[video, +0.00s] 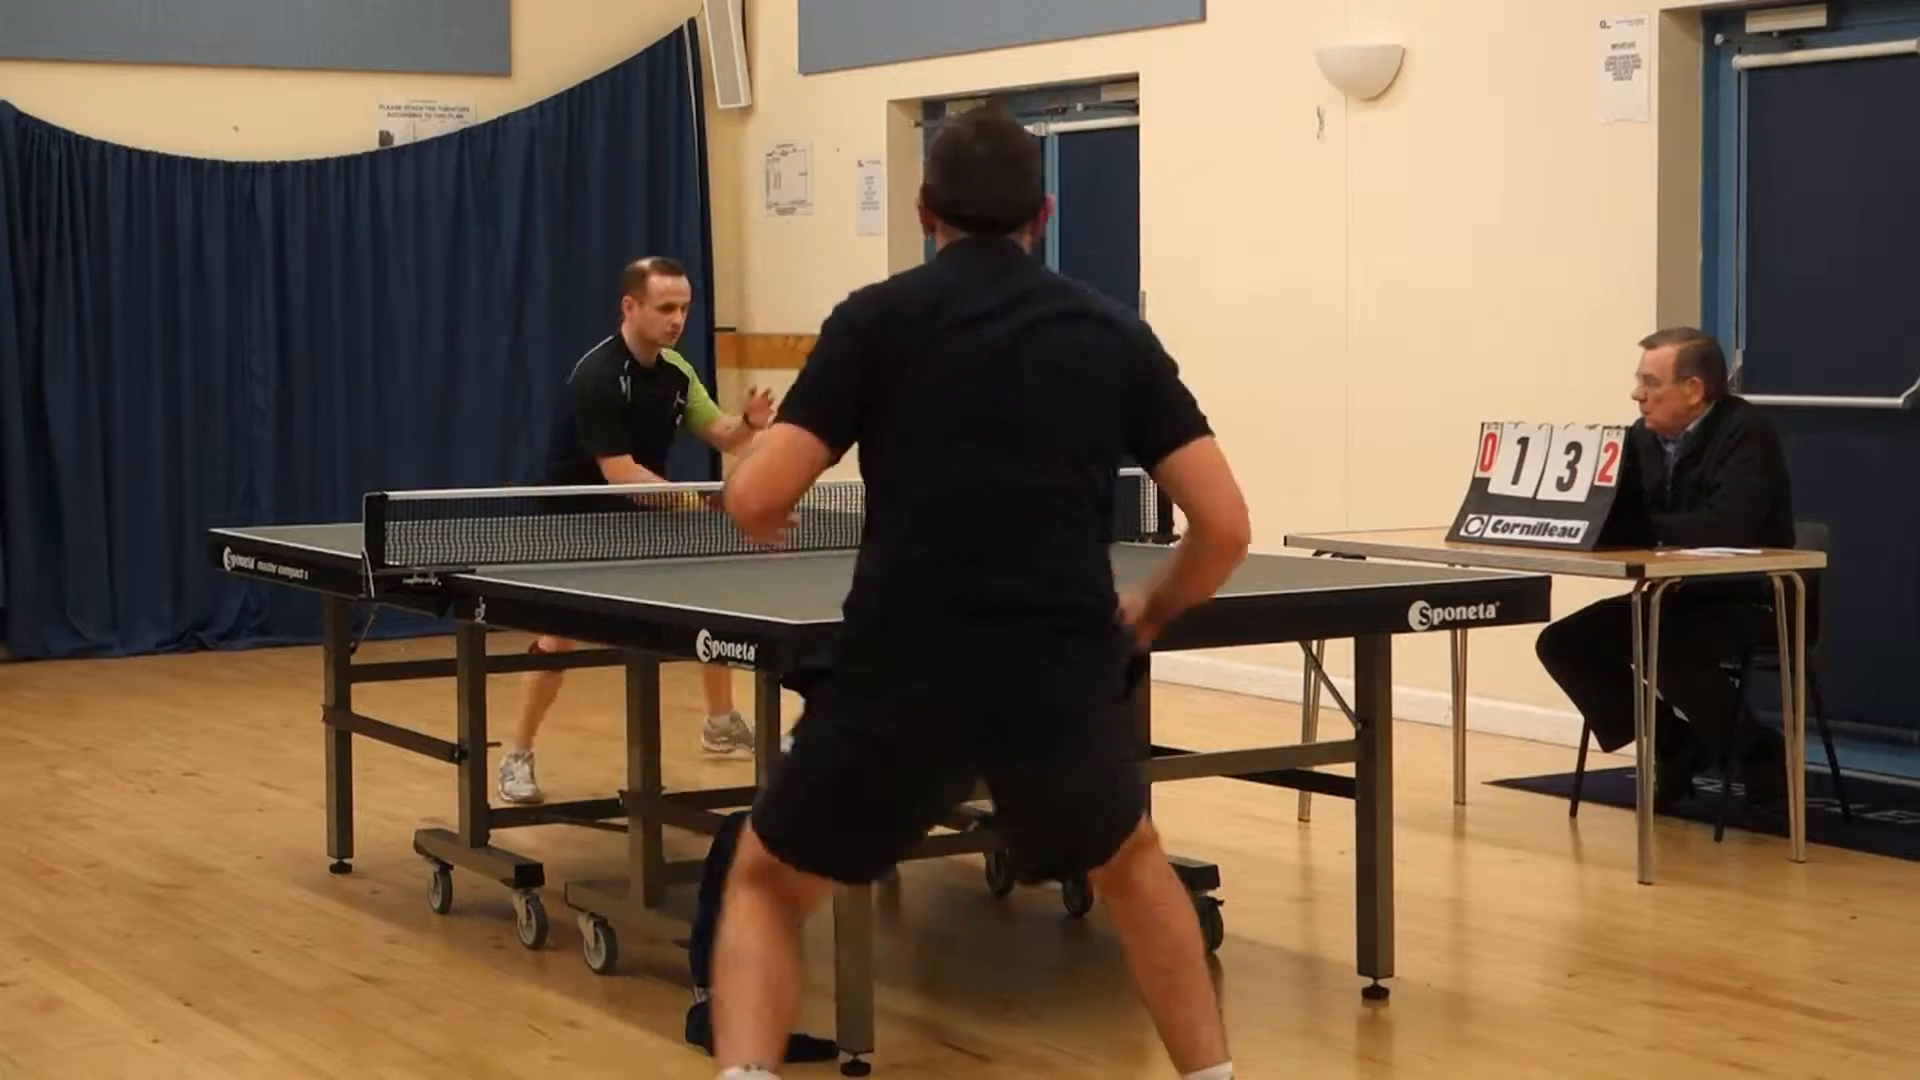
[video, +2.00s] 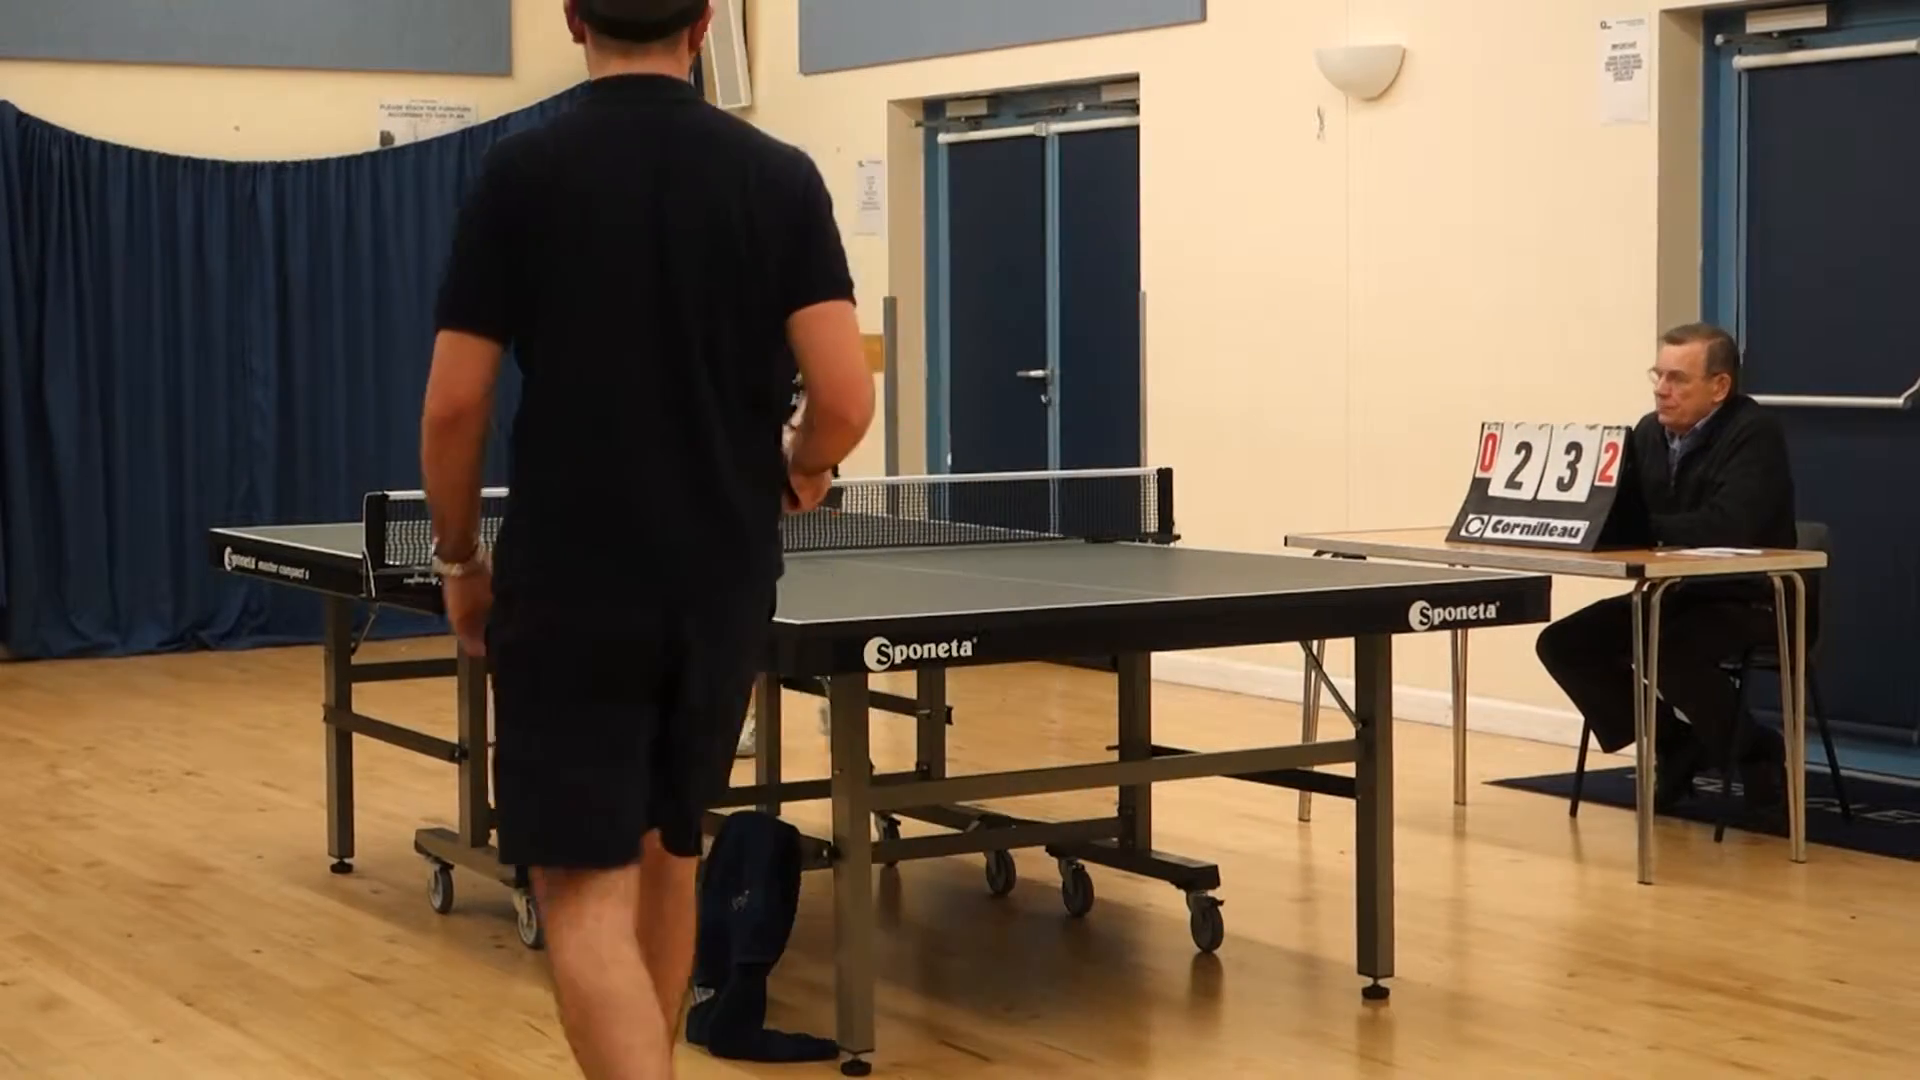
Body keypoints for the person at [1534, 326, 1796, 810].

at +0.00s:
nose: (1637, 393)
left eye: (1651, 383)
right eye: (1639, 381)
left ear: (1695, 390)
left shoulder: (1747, 432)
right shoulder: (1643, 438)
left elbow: (1734, 526)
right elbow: (1609, 513)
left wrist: (1640, 530)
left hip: (1755, 598)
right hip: (1675, 594)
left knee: (1667, 648)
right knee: (1562, 644)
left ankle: (1757, 750)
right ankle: (1674, 740)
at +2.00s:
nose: (1661, 388)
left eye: (1677, 378)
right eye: (1658, 375)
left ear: (1719, 387)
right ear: (1653, 376)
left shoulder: (1755, 433)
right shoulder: (1648, 433)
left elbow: (1737, 527)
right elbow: (1616, 512)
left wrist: (1640, 530)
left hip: (1753, 597)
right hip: (1671, 592)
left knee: (1669, 650)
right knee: (1562, 644)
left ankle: (1758, 749)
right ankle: (1675, 742)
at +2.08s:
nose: (1660, 391)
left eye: (1676, 380)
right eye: (1657, 378)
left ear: (1718, 388)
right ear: (1651, 378)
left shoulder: (1753, 433)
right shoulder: (1645, 435)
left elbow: (1737, 525)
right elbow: (1615, 516)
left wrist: (1643, 532)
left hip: (1758, 600)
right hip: (1673, 596)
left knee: (1669, 646)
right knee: (1562, 643)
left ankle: (1756, 751)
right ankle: (1674, 742)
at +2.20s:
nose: (1658, 393)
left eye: (1673, 382)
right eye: (1654, 380)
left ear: (1715, 388)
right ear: (1648, 380)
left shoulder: (1751, 433)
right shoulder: (1643, 437)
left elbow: (1736, 525)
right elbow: (1616, 518)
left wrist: (1641, 531)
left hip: (1758, 601)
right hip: (1673, 597)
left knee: (1668, 645)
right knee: (1562, 643)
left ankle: (1755, 750)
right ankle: (1674, 742)